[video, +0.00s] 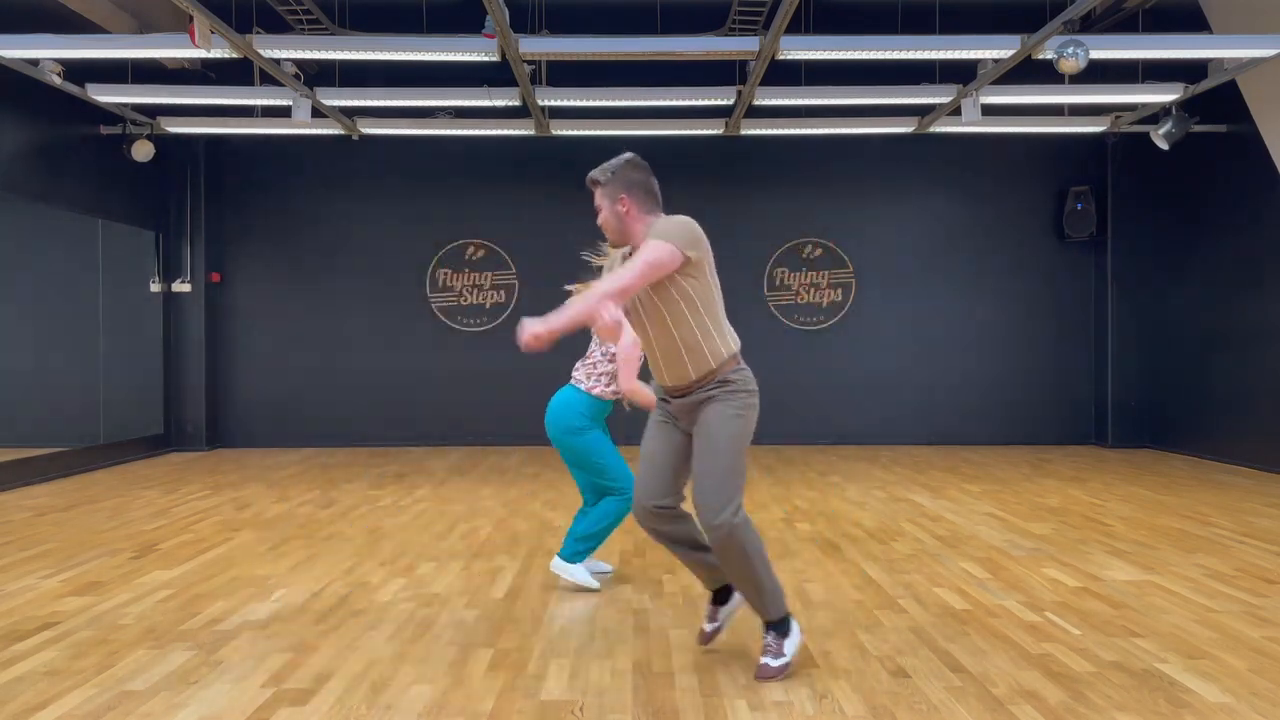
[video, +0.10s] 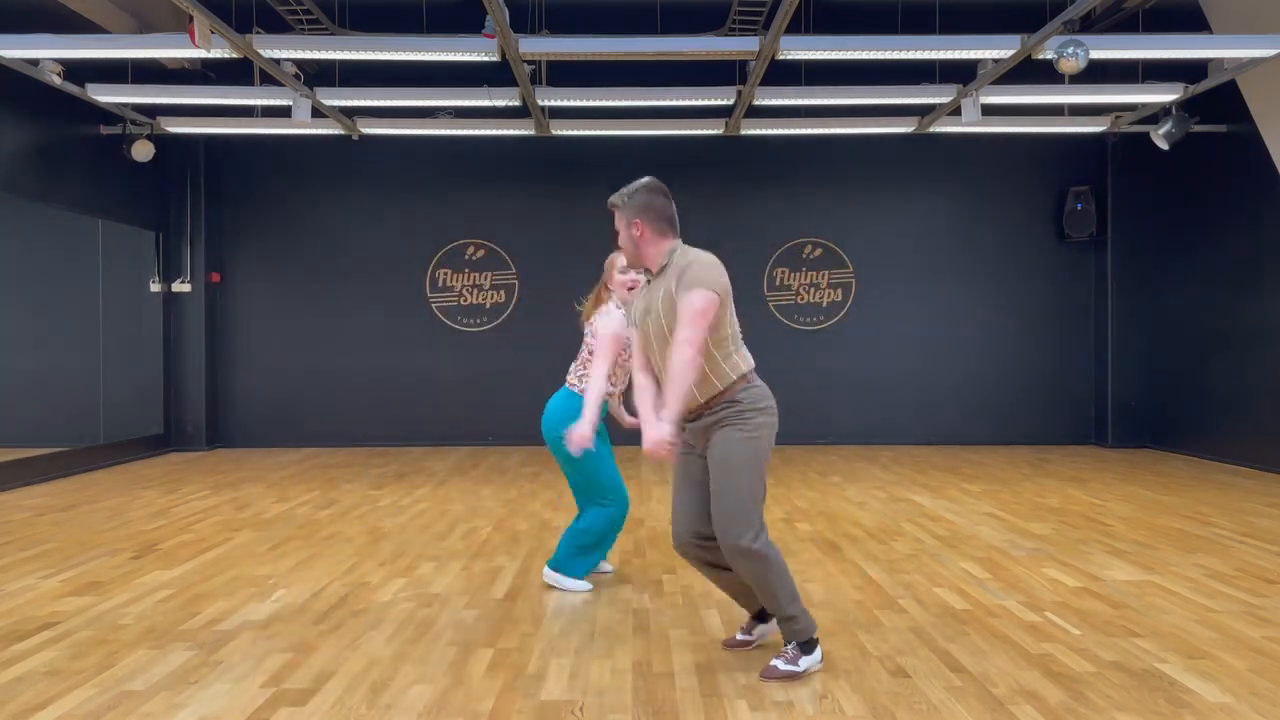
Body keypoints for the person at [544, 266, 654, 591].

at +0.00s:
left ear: (623, 288)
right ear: (638, 294)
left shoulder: (610, 318)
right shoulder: (631, 329)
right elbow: (628, 386)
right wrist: (663, 405)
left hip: (569, 408)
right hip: (578, 415)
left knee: (596, 495)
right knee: (624, 490)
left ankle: (576, 554)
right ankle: (570, 558)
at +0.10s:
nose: (634, 276)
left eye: (638, 269)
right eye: (623, 270)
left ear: (647, 276)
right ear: (608, 282)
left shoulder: (628, 319)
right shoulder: (610, 318)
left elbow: (614, 374)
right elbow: (599, 368)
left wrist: (621, 415)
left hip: (583, 408)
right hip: (571, 410)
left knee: (601, 494)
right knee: (613, 500)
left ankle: (587, 556)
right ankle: (563, 566)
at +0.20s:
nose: (621, 247)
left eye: (626, 241)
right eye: (611, 241)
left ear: (635, 251)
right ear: (597, 252)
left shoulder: (621, 295)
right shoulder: (599, 283)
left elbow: (604, 342)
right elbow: (566, 302)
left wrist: (627, 365)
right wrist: (532, 320)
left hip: (586, 396)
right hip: (571, 396)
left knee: (589, 478)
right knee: (588, 480)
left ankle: (588, 556)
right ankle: (562, 563)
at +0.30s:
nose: (606, 227)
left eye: (614, 221)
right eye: (598, 221)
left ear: (625, 230)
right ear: (586, 230)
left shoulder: (615, 275)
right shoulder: (584, 265)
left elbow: (616, 310)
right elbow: (538, 261)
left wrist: (652, 325)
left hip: (574, 374)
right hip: (564, 375)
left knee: (568, 460)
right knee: (598, 460)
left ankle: (554, 541)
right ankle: (551, 540)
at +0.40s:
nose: (592, 229)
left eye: (601, 223)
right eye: (585, 222)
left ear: (615, 233)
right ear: (574, 230)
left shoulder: (614, 277)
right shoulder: (571, 267)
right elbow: (527, 267)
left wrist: (652, 298)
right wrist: (523, 219)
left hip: (566, 382)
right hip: (550, 382)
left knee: (575, 465)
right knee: (599, 467)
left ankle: (549, 534)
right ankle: (546, 551)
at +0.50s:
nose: (579, 253)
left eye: (587, 245)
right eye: (570, 245)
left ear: (603, 253)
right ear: (561, 254)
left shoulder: (607, 300)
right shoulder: (559, 296)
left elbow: (634, 326)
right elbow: (517, 317)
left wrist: (672, 304)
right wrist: (522, 267)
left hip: (562, 406)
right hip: (541, 404)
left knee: (582, 493)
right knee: (589, 490)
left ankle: (564, 588)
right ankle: (546, 590)